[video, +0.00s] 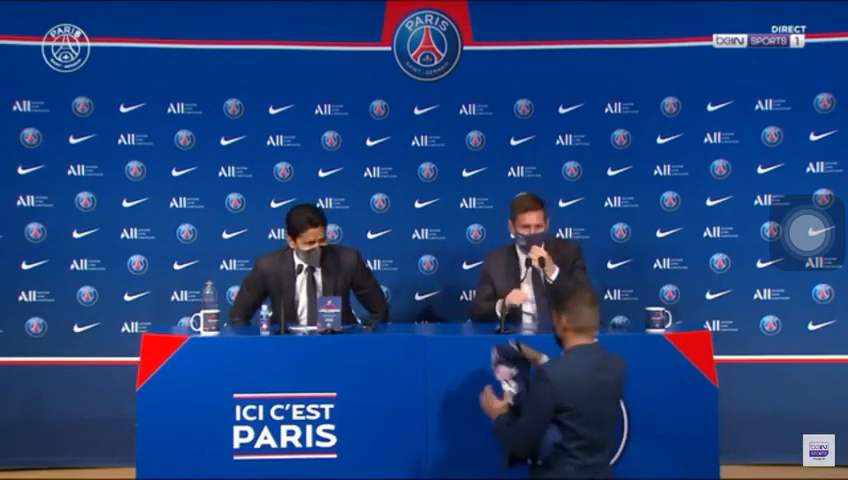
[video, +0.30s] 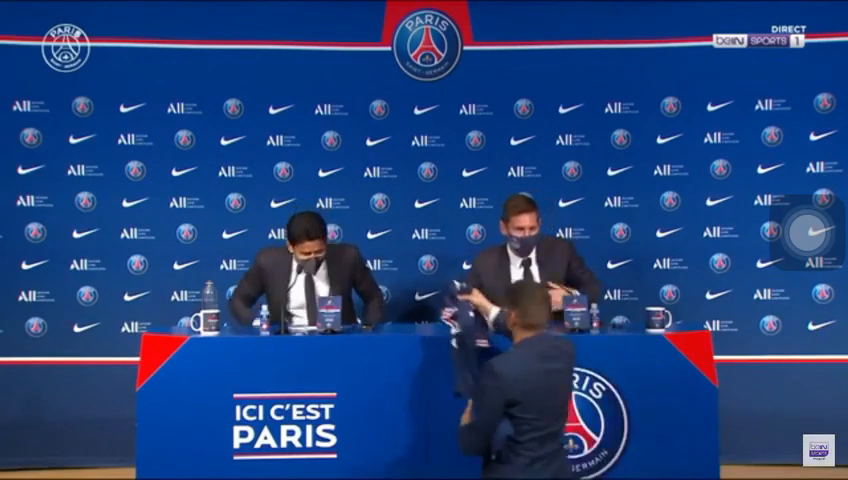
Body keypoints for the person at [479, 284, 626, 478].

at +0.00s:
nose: (553, 324)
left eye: (553, 319)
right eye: (552, 319)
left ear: (563, 323)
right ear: (596, 320)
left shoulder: (549, 376)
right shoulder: (616, 366)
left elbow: (520, 445)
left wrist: (498, 415)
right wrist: (541, 360)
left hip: (561, 471)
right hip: (601, 469)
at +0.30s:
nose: (504, 317)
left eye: (505, 313)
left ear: (512, 318)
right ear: (546, 315)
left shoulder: (499, 370)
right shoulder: (565, 350)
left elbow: (474, 444)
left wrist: (465, 422)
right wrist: (486, 308)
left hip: (515, 467)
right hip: (557, 463)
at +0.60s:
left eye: (440, 309)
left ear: (444, 315)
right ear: (482, 311)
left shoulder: (435, 368)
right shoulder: (504, 344)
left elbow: (425, 444)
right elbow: (481, 312)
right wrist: (453, 281)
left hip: (467, 461)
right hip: (515, 458)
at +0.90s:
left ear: (398, 313)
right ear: (436, 307)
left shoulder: (391, 364)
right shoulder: (460, 336)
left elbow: (390, 441)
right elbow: (445, 314)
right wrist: (437, 306)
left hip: (428, 465)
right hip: (478, 460)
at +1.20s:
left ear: (377, 314)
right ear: (414, 307)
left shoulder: (371, 365)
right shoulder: (442, 332)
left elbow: (373, 442)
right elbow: (433, 316)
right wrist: (424, 303)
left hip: (412, 464)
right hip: (462, 459)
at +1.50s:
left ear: (376, 312)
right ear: (415, 305)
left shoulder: (368, 365)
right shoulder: (443, 332)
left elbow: (369, 438)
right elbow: (471, 325)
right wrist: (434, 309)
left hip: (408, 464)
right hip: (459, 459)